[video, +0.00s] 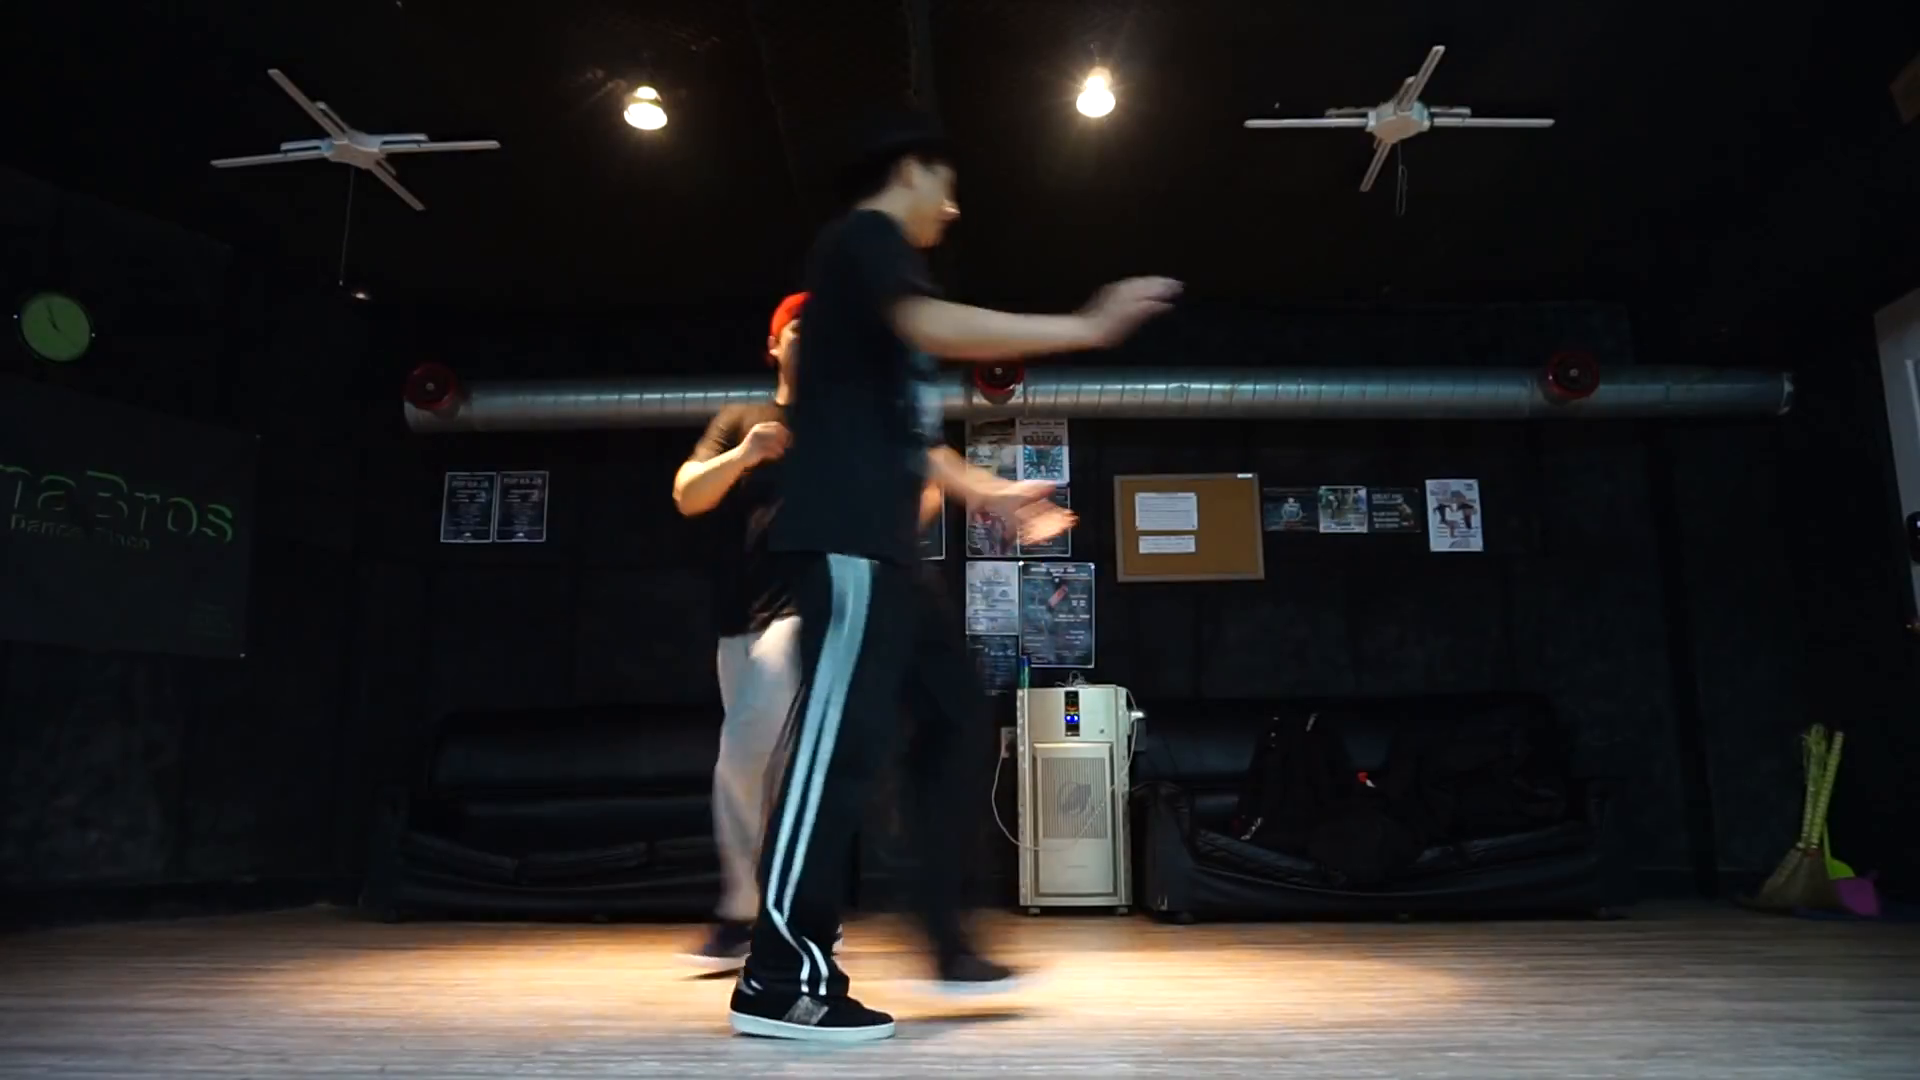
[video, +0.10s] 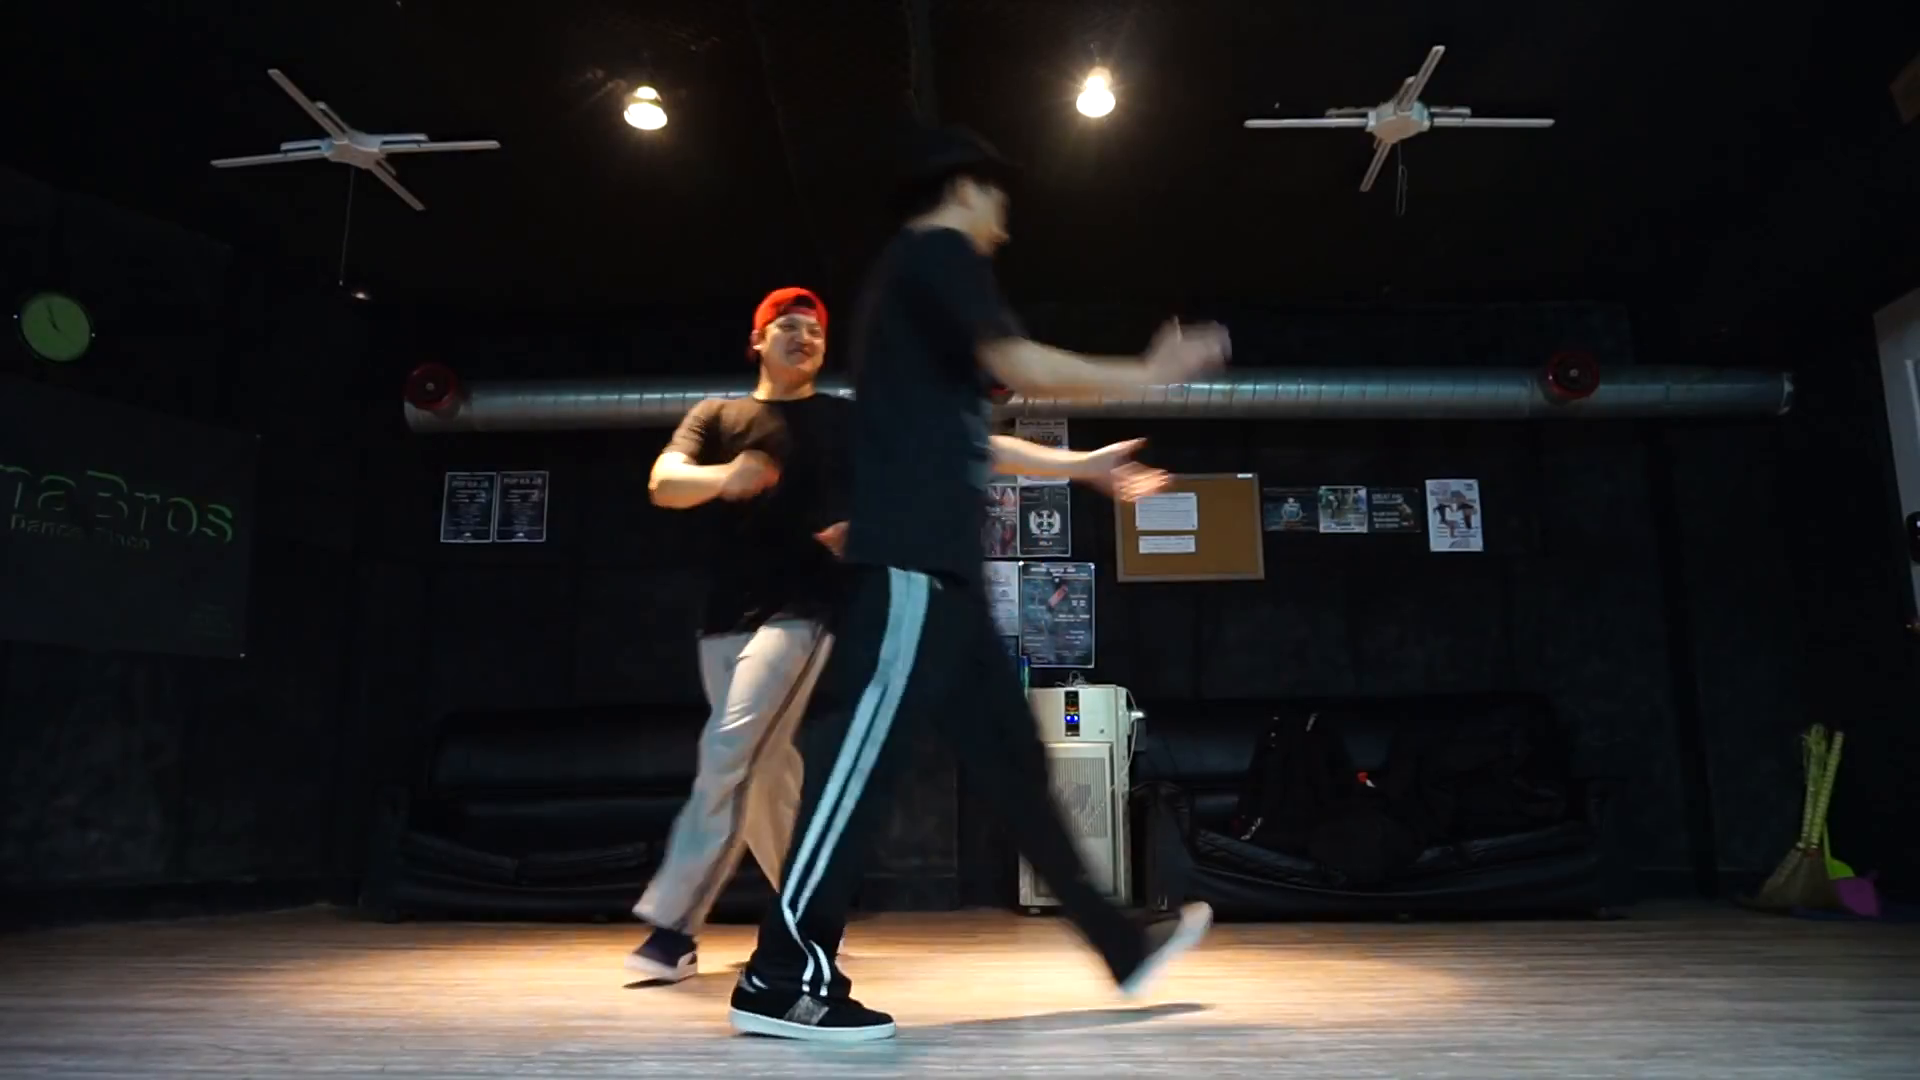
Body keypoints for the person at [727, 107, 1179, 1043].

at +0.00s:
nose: (952, 201)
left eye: (951, 184)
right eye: (944, 181)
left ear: (903, 176)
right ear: (907, 172)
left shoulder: (875, 271)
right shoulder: (864, 238)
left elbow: (905, 443)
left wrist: (997, 496)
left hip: (886, 547)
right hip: (848, 547)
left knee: (954, 720)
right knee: (831, 747)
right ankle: (783, 975)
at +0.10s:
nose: (1003, 218)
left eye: (1002, 201)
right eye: (995, 198)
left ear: (947, 197)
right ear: (962, 191)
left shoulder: (927, 281)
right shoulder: (936, 254)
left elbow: (969, 442)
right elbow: (1015, 365)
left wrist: (1084, 465)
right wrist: (1150, 373)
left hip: (937, 564)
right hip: (906, 562)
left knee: (1009, 758)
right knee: (858, 759)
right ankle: (784, 973)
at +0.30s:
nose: (1119, 247)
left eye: (1114, 233)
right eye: (1111, 233)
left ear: (1044, 242)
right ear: (1090, 235)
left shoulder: (1024, 313)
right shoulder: (1086, 293)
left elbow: (1062, 470)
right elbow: (1152, 416)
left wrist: (1174, 517)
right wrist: (1216, 508)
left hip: (1048, 555)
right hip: (1064, 555)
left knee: (1133, 756)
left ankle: (1186, 964)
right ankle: (873, 912)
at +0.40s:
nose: (1168, 243)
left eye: (1163, 231)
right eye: (1165, 230)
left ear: (1090, 239)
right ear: (1152, 233)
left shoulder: (1068, 317)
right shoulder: (1147, 297)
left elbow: (1095, 468)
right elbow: (1196, 410)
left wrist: (1169, 572)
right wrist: (1254, 533)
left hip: (1079, 568)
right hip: (1129, 566)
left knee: (1154, 751)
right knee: (1184, 738)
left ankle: (1186, 966)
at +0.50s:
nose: (1208, 238)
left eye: (1199, 228)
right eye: (1206, 227)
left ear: (1133, 235)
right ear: (1196, 228)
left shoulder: (1105, 312)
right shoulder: (1192, 290)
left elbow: (1113, 443)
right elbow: (1229, 400)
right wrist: (1283, 518)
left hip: (1118, 560)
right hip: (1188, 551)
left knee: (1165, 750)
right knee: (1277, 723)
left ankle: (1183, 965)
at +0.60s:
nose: (1252, 251)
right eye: (1250, 239)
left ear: (1175, 242)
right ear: (1243, 238)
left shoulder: (1138, 326)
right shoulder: (1237, 297)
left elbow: (1114, 461)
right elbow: (1262, 385)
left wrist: (1102, 569)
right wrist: (1311, 492)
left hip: (1156, 574)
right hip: (1243, 564)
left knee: (1176, 760)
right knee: (1323, 727)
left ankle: (1184, 965)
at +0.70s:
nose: (1302, 276)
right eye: (1300, 265)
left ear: (1223, 261)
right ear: (1292, 262)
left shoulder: (1176, 344)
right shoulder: (1282, 315)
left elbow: (1126, 464)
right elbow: (1299, 385)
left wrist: (1096, 564)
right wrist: (1360, 480)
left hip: (1194, 589)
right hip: (1287, 582)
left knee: (1200, 765)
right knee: (1347, 746)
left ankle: (1185, 962)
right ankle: (1432, 920)